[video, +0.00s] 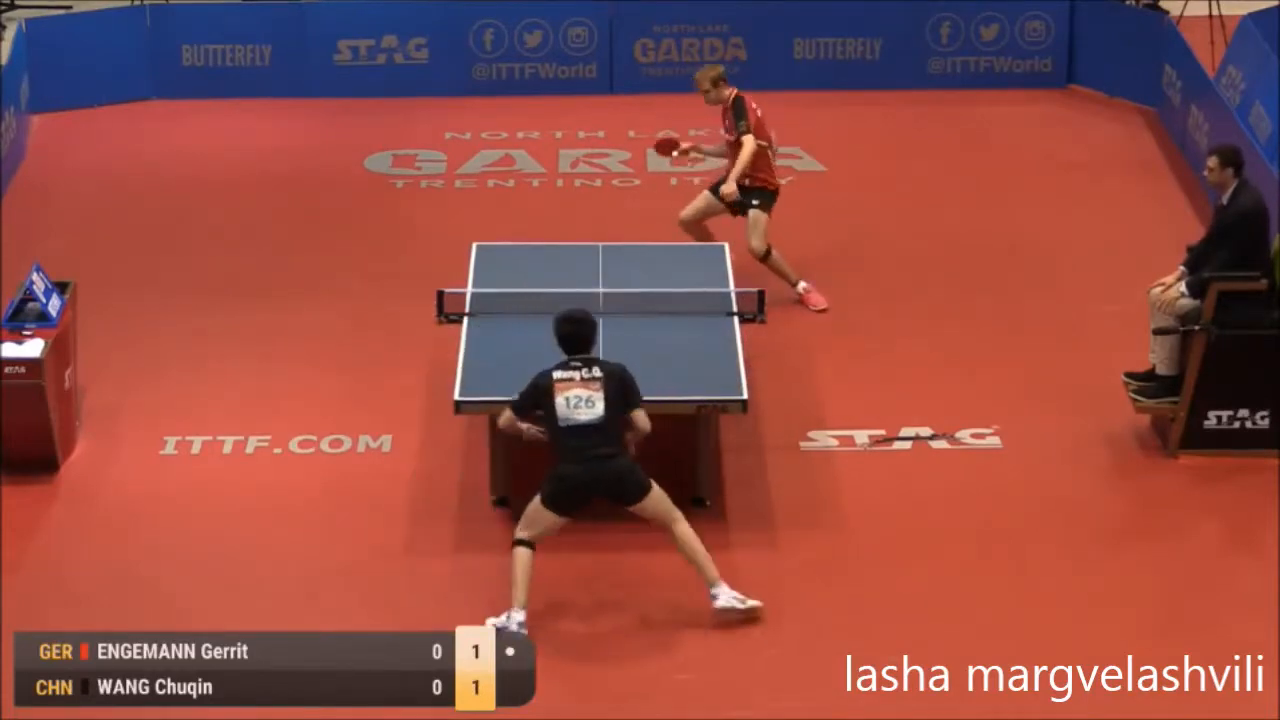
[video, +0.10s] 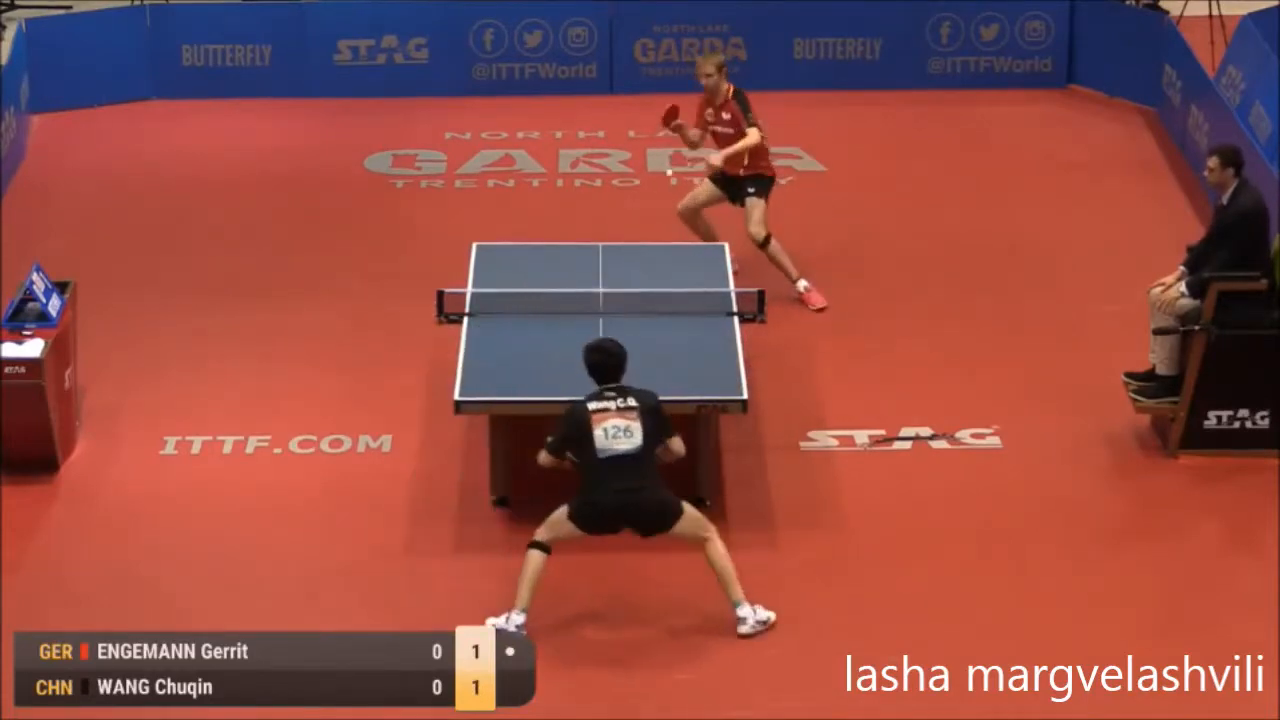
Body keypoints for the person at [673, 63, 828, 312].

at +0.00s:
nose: (704, 99)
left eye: (706, 93)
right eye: (702, 93)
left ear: (721, 86)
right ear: (719, 88)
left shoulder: (740, 104)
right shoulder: (729, 107)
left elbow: (749, 144)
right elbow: (730, 149)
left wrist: (732, 179)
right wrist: (697, 149)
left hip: (761, 184)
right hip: (738, 180)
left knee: (757, 247)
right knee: (688, 219)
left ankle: (801, 287)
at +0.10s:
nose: (704, 82)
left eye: (708, 76)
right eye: (701, 77)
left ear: (722, 75)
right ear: (699, 78)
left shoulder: (737, 99)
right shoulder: (706, 103)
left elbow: (755, 137)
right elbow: (695, 142)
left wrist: (722, 155)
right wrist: (680, 129)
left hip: (756, 174)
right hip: (730, 174)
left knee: (757, 232)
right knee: (686, 209)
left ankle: (801, 285)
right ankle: (721, 259)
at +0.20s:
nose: (704, 70)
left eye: (709, 65)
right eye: (700, 65)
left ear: (721, 65)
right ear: (696, 65)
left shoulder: (733, 91)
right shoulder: (694, 92)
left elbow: (757, 126)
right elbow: (679, 126)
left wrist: (724, 133)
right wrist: (670, 117)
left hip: (749, 160)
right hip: (720, 161)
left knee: (763, 216)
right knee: (686, 206)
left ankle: (793, 274)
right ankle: (720, 254)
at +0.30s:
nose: (703, 60)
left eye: (708, 54)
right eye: (700, 54)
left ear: (718, 54)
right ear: (694, 54)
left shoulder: (732, 78)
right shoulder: (689, 79)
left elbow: (757, 114)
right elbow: (669, 104)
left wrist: (724, 121)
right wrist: (657, 108)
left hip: (735, 140)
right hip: (703, 141)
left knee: (746, 197)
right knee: (678, 191)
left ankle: (774, 248)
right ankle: (712, 239)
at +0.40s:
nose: (702, 56)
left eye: (707, 51)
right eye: (698, 50)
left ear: (716, 51)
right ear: (693, 50)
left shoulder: (732, 75)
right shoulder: (685, 75)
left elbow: (755, 110)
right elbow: (668, 101)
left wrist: (729, 123)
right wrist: (652, 111)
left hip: (728, 142)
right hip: (695, 138)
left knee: (742, 201)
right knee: (665, 188)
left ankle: (767, 231)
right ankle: (696, 227)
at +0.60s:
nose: (691, 54)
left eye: (696, 49)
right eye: (688, 48)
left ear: (705, 51)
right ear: (681, 48)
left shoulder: (717, 78)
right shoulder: (669, 76)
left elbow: (731, 105)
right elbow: (652, 104)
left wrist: (738, 139)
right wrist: (631, 130)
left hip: (704, 146)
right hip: (671, 144)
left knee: (724, 202)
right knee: (647, 198)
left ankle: (756, 234)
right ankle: (659, 229)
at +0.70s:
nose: (681, 37)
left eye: (686, 32)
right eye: (678, 31)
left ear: (695, 33)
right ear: (672, 29)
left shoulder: (706, 61)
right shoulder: (657, 56)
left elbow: (718, 92)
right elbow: (638, 83)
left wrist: (725, 123)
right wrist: (613, 109)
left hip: (693, 131)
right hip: (659, 129)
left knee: (710, 188)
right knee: (645, 186)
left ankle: (743, 233)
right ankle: (658, 227)